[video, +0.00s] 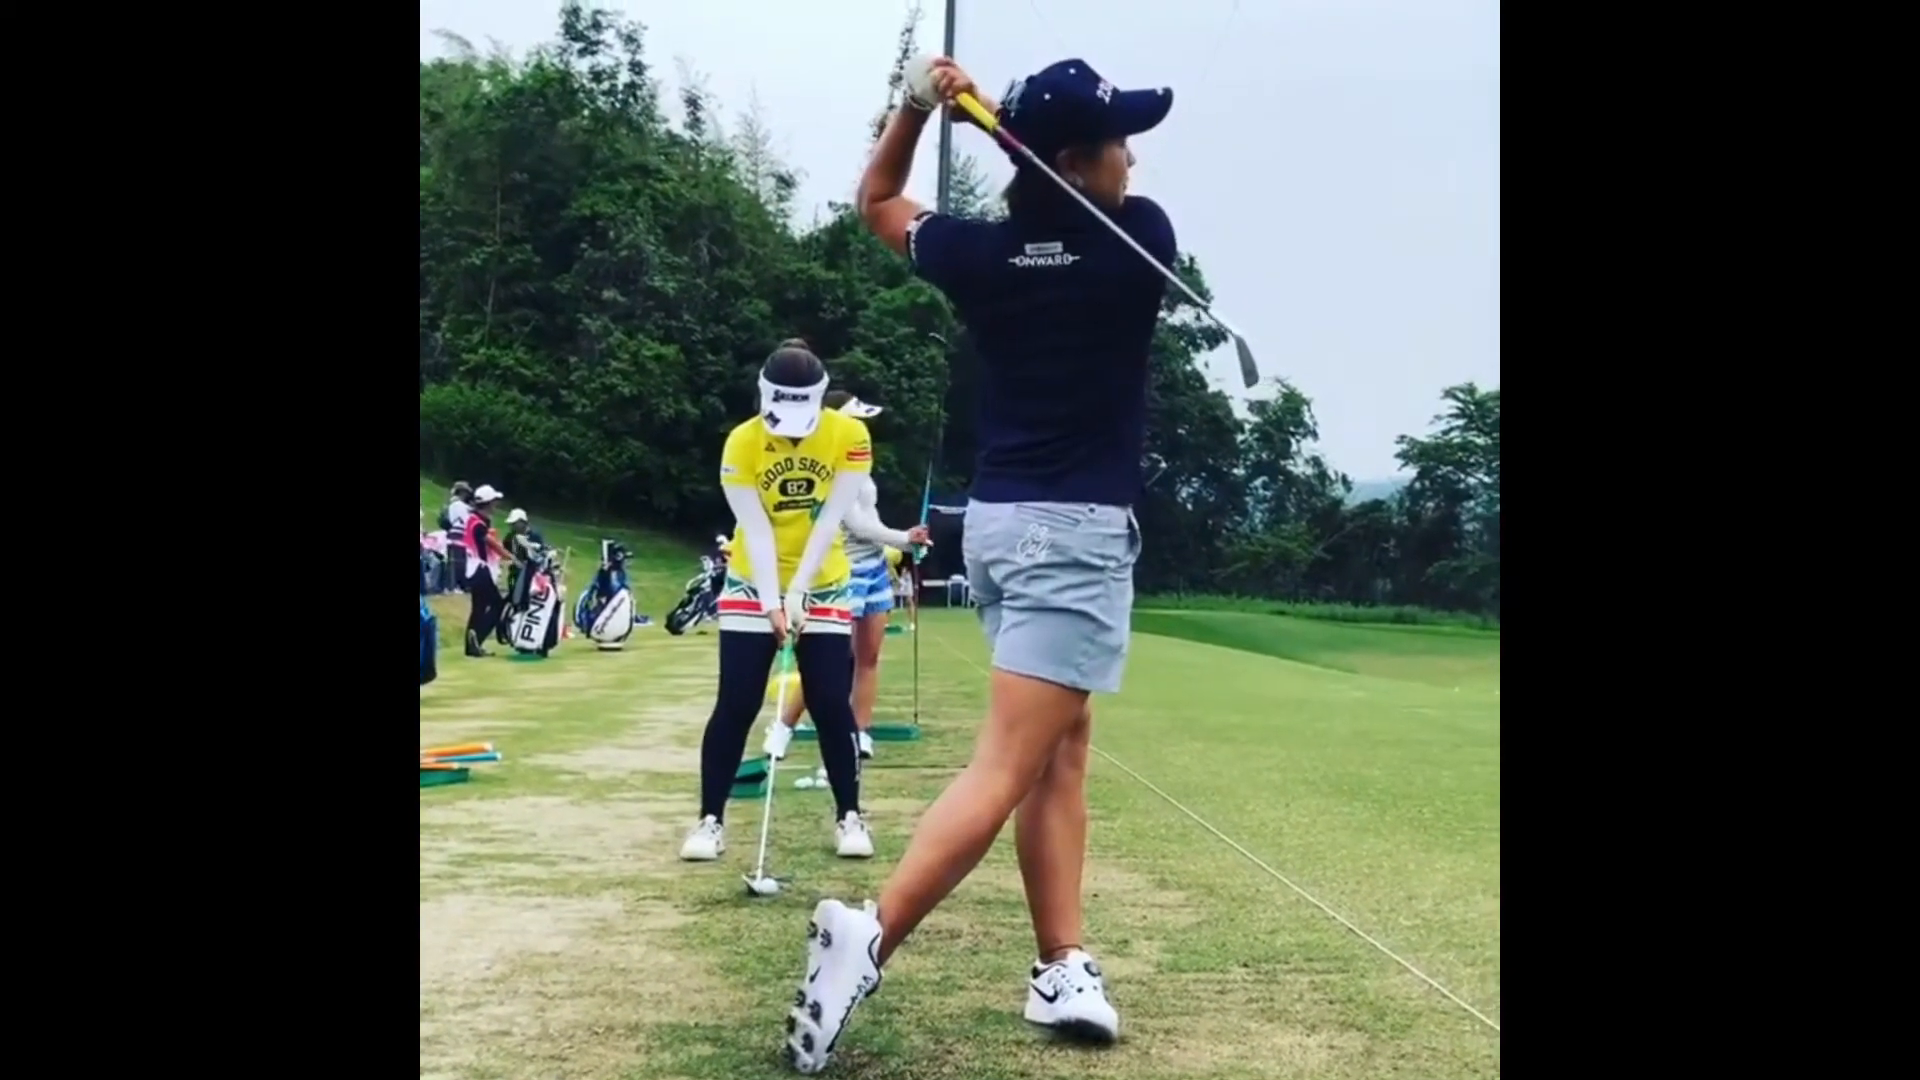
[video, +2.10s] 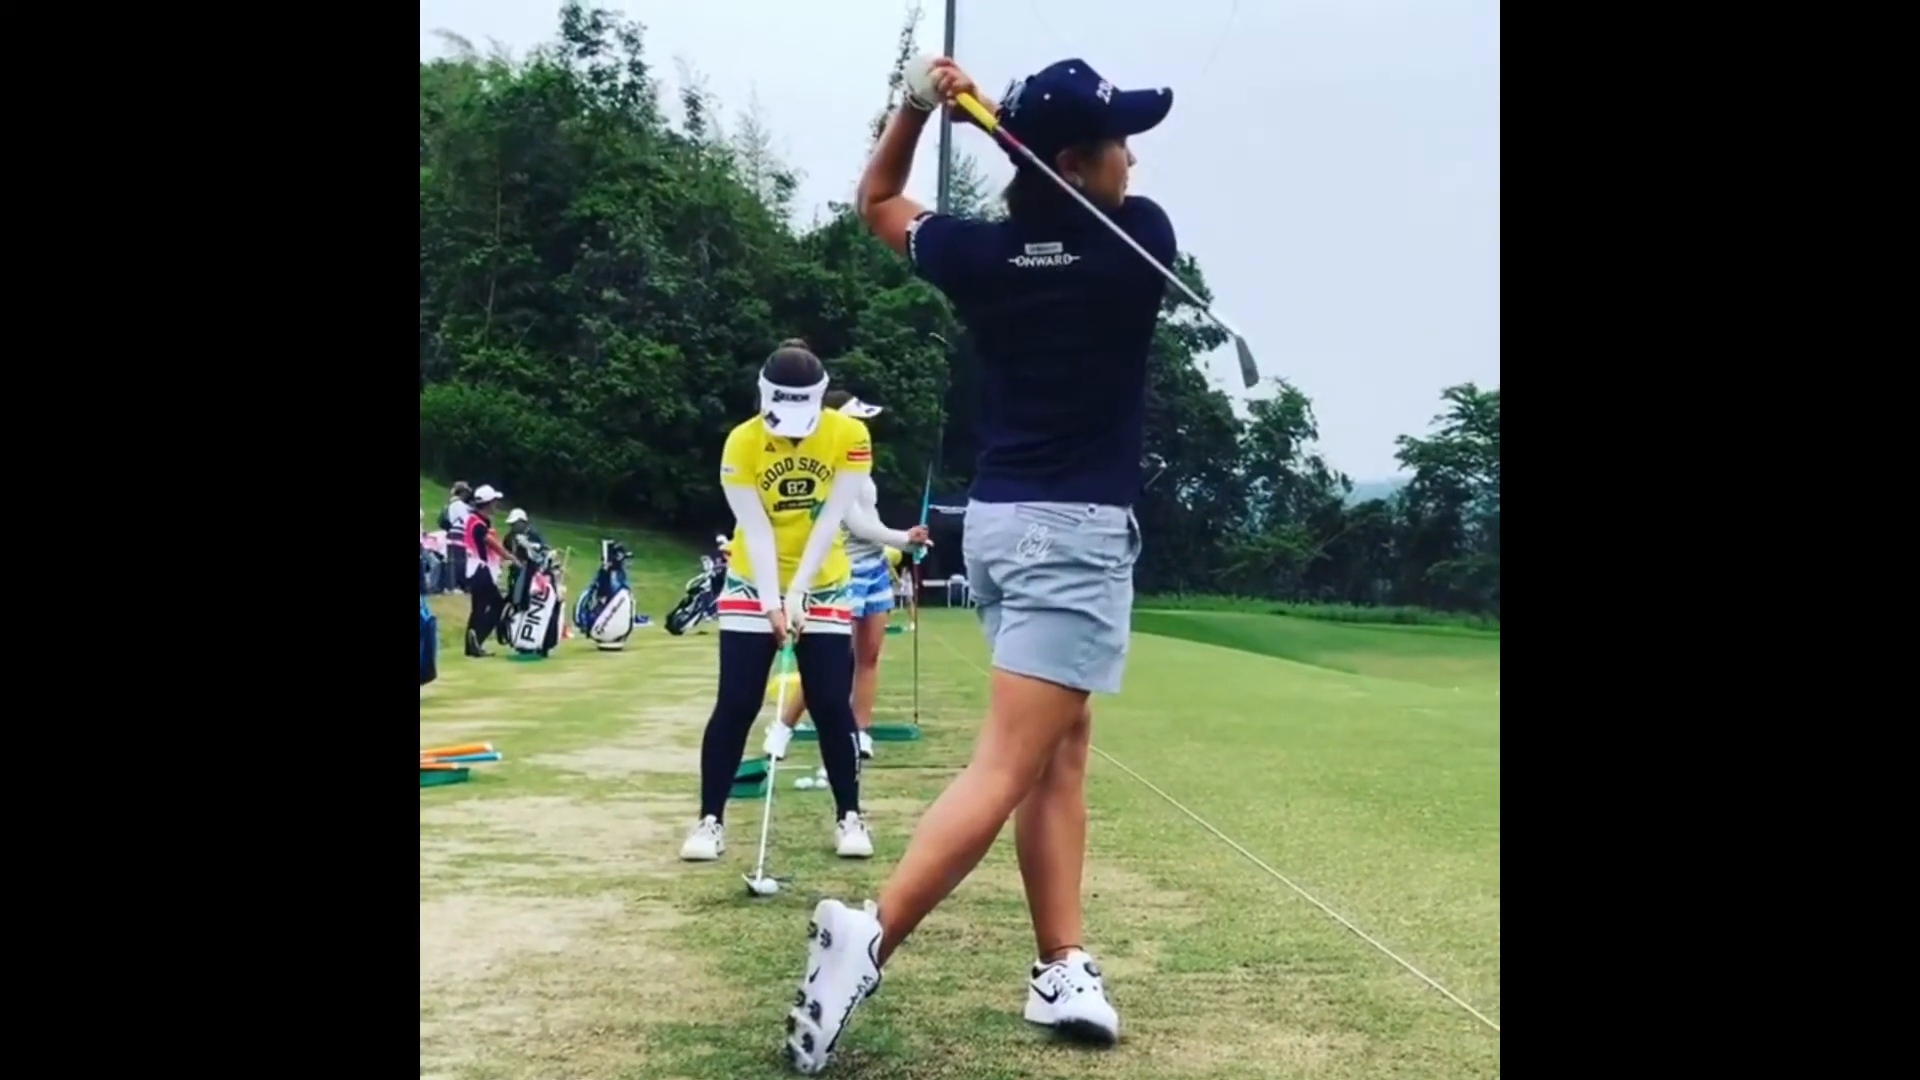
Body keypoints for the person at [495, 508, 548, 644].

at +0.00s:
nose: (513, 527)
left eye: (516, 524)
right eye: (512, 524)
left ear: (523, 523)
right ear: (511, 524)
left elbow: (542, 551)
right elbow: (506, 554)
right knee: (512, 598)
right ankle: (503, 626)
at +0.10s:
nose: (539, 484)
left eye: (539, 481)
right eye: (536, 481)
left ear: (527, 482)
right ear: (526, 482)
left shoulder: (522, 499)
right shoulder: (522, 502)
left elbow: (538, 521)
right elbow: (539, 522)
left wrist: (556, 529)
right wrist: (557, 533)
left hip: (524, 544)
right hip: (525, 545)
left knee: (524, 583)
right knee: (542, 580)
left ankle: (518, 621)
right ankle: (525, 612)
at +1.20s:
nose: (522, 497)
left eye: (521, 494)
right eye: (520, 494)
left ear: (507, 496)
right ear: (512, 496)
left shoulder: (501, 513)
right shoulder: (505, 517)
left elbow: (519, 536)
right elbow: (521, 538)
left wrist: (536, 544)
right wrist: (540, 549)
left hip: (502, 557)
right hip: (506, 560)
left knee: (505, 597)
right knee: (523, 594)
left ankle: (499, 635)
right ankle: (505, 627)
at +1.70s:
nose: (501, 502)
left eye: (501, 498)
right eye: (499, 498)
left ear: (485, 498)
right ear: (492, 499)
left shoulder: (479, 516)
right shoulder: (485, 521)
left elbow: (498, 539)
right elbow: (501, 542)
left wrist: (516, 548)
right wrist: (519, 553)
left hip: (479, 560)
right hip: (486, 563)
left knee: (483, 601)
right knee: (502, 598)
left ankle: (477, 640)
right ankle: (483, 631)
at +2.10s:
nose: (496, 506)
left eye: (495, 502)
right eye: (494, 502)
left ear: (480, 503)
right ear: (486, 504)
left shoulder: (474, 521)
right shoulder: (478, 525)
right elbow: (496, 546)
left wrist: (508, 557)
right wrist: (514, 559)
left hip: (475, 565)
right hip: (479, 568)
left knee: (479, 606)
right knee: (498, 602)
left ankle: (472, 645)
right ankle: (478, 636)